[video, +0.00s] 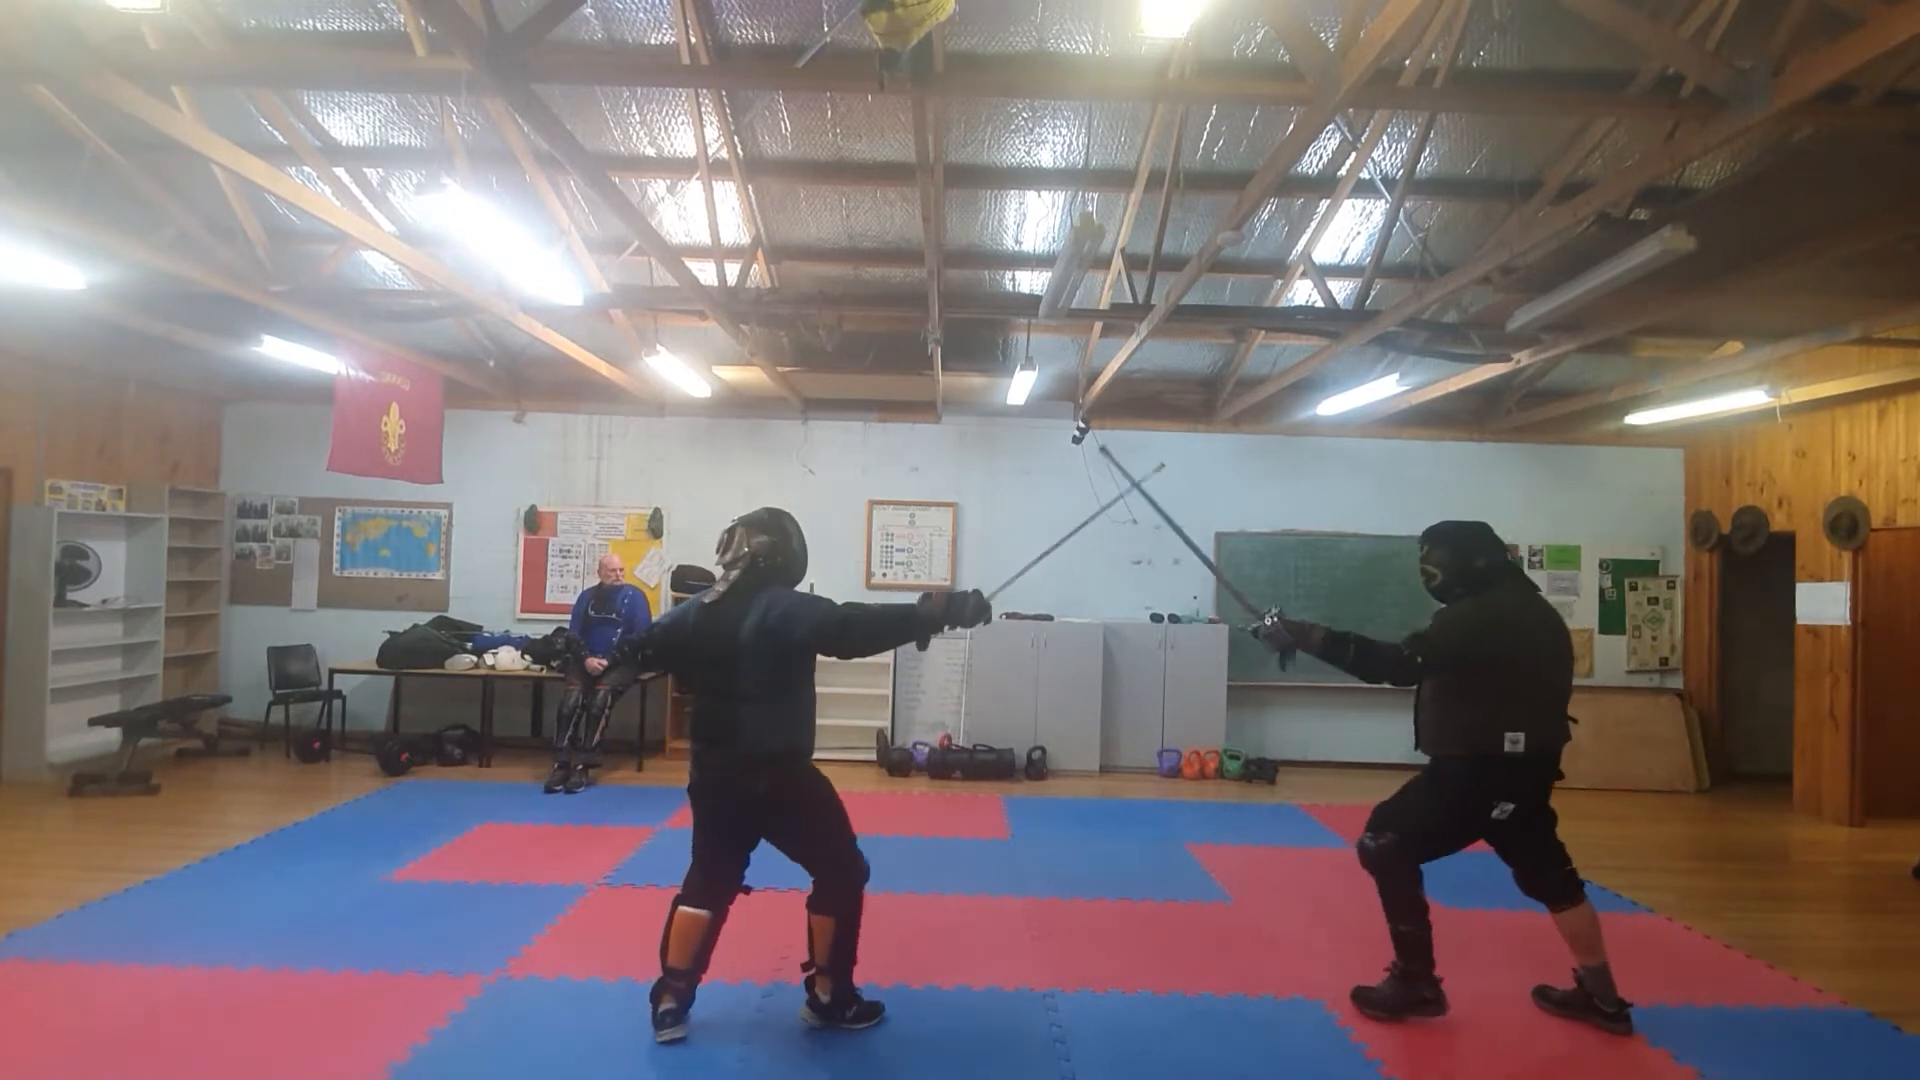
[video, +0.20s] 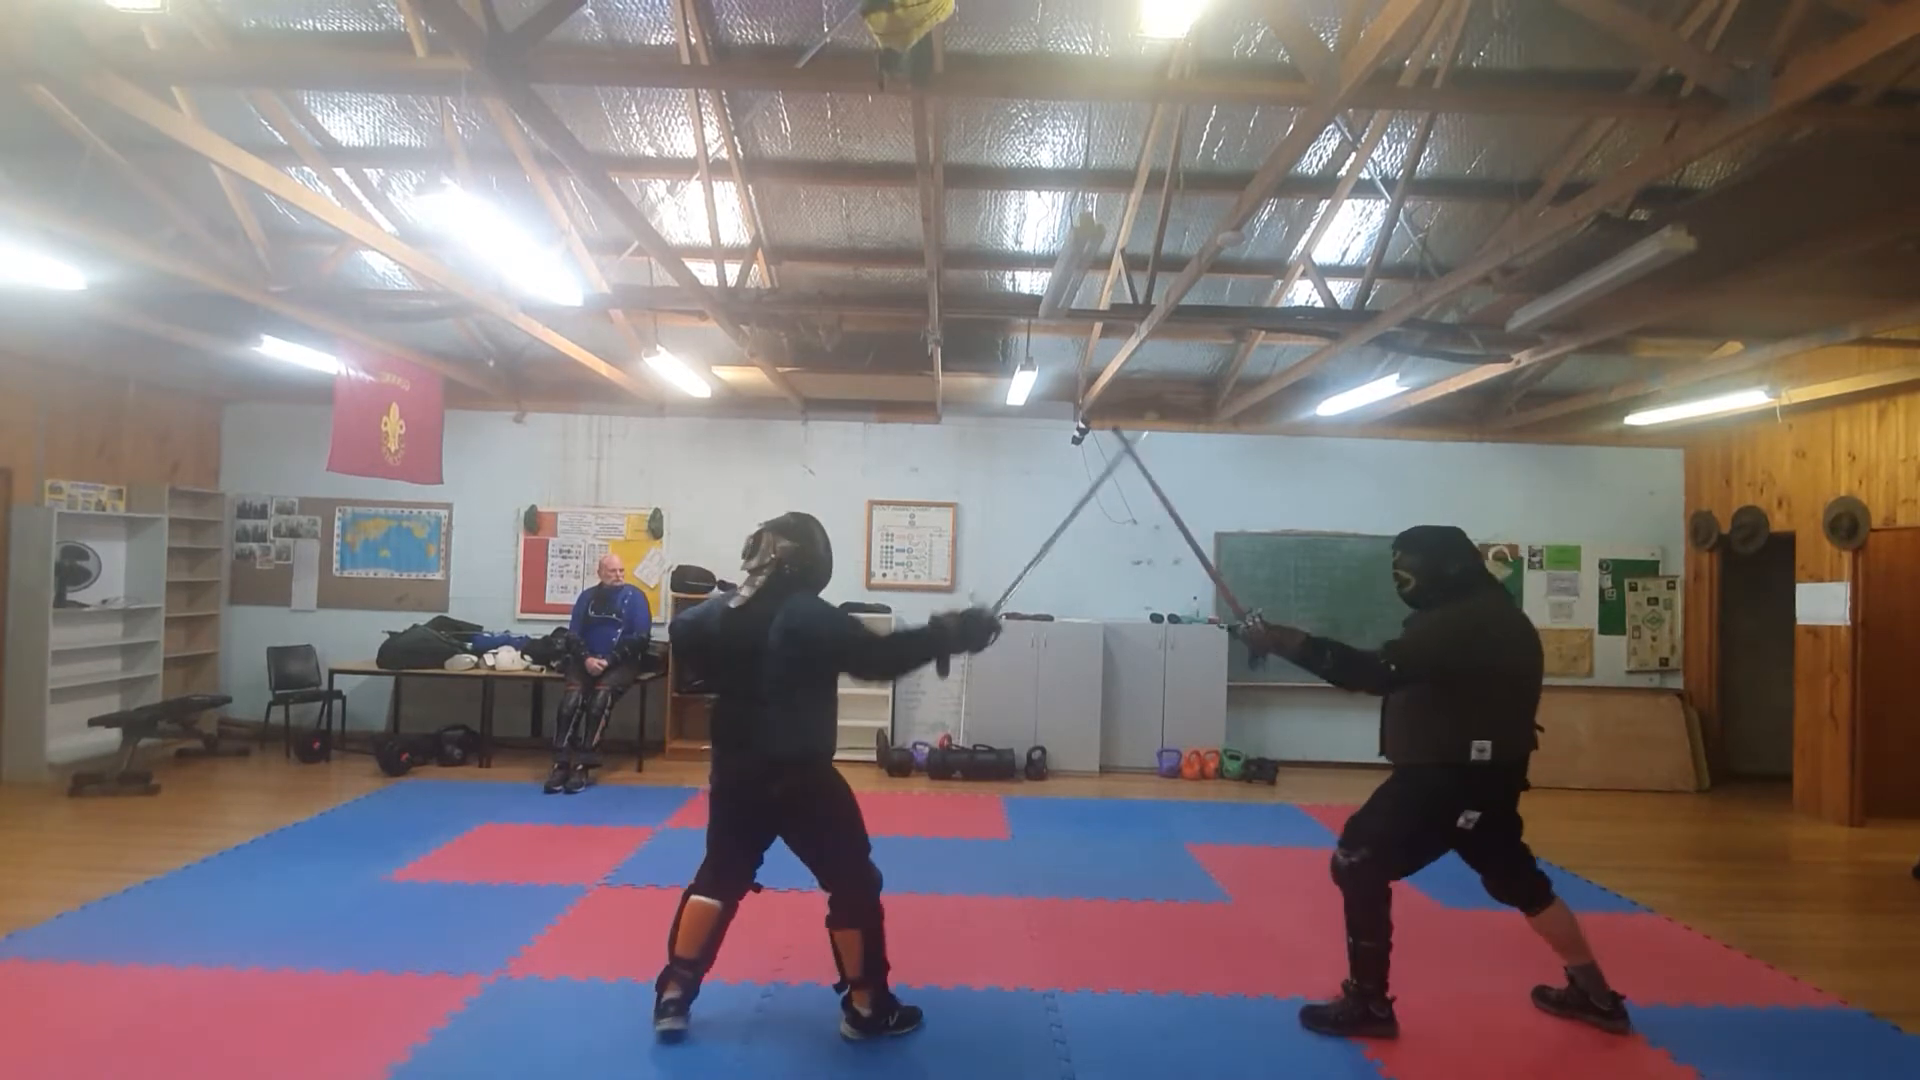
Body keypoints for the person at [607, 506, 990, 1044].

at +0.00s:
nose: (798, 568)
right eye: (796, 558)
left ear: (730, 554)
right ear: (787, 559)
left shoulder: (693, 617)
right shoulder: (792, 611)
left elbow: (642, 649)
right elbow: (858, 627)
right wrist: (938, 610)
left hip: (715, 783)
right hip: (785, 782)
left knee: (708, 880)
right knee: (840, 871)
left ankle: (671, 999)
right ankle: (830, 997)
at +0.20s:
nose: (824, 573)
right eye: (822, 563)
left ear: (755, 559)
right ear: (813, 564)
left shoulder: (722, 616)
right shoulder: (816, 619)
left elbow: (682, 631)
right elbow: (878, 659)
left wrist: (728, 600)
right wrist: (949, 635)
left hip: (735, 782)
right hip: (806, 782)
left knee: (718, 876)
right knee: (852, 882)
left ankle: (674, 991)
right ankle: (867, 1005)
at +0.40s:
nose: (813, 577)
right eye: (810, 567)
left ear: (747, 564)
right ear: (802, 571)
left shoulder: (719, 622)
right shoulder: (791, 630)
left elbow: (686, 632)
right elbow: (819, 714)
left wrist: (718, 605)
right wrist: (897, 700)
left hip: (728, 788)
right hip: (795, 790)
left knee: (706, 882)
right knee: (857, 881)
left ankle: (634, 984)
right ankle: (866, 1006)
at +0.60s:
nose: (779, 587)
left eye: (778, 576)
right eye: (778, 575)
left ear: (716, 570)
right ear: (766, 576)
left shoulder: (694, 622)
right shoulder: (742, 631)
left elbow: (654, 642)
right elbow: (751, 702)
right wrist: (841, 700)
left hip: (684, 795)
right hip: (745, 797)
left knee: (670, 892)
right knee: (808, 893)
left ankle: (612, 1004)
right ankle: (855, 1004)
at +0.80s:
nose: (764, 574)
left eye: (763, 563)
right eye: (761, 562)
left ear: (703, 556)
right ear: (745, 561)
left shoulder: (672, 608)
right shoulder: (727, 614)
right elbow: (746, 692)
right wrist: (835, 686)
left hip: (674, 782)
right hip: (733, 782)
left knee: (663, 887)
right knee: (809, 868)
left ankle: (609, 1007)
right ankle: (807, 996)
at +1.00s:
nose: (781, 576)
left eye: (718, 552)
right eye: (779, 565)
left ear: (717, 556)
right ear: (770, 565)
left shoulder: (687, 616)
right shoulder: (754, 620)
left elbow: (648, 640)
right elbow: (788, 686)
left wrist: (679, 600)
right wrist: (874, 681)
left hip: (685, 789)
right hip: (751, 792)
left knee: (659, 891)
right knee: (799, 893)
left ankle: (607, 1009)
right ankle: (842, 1004)